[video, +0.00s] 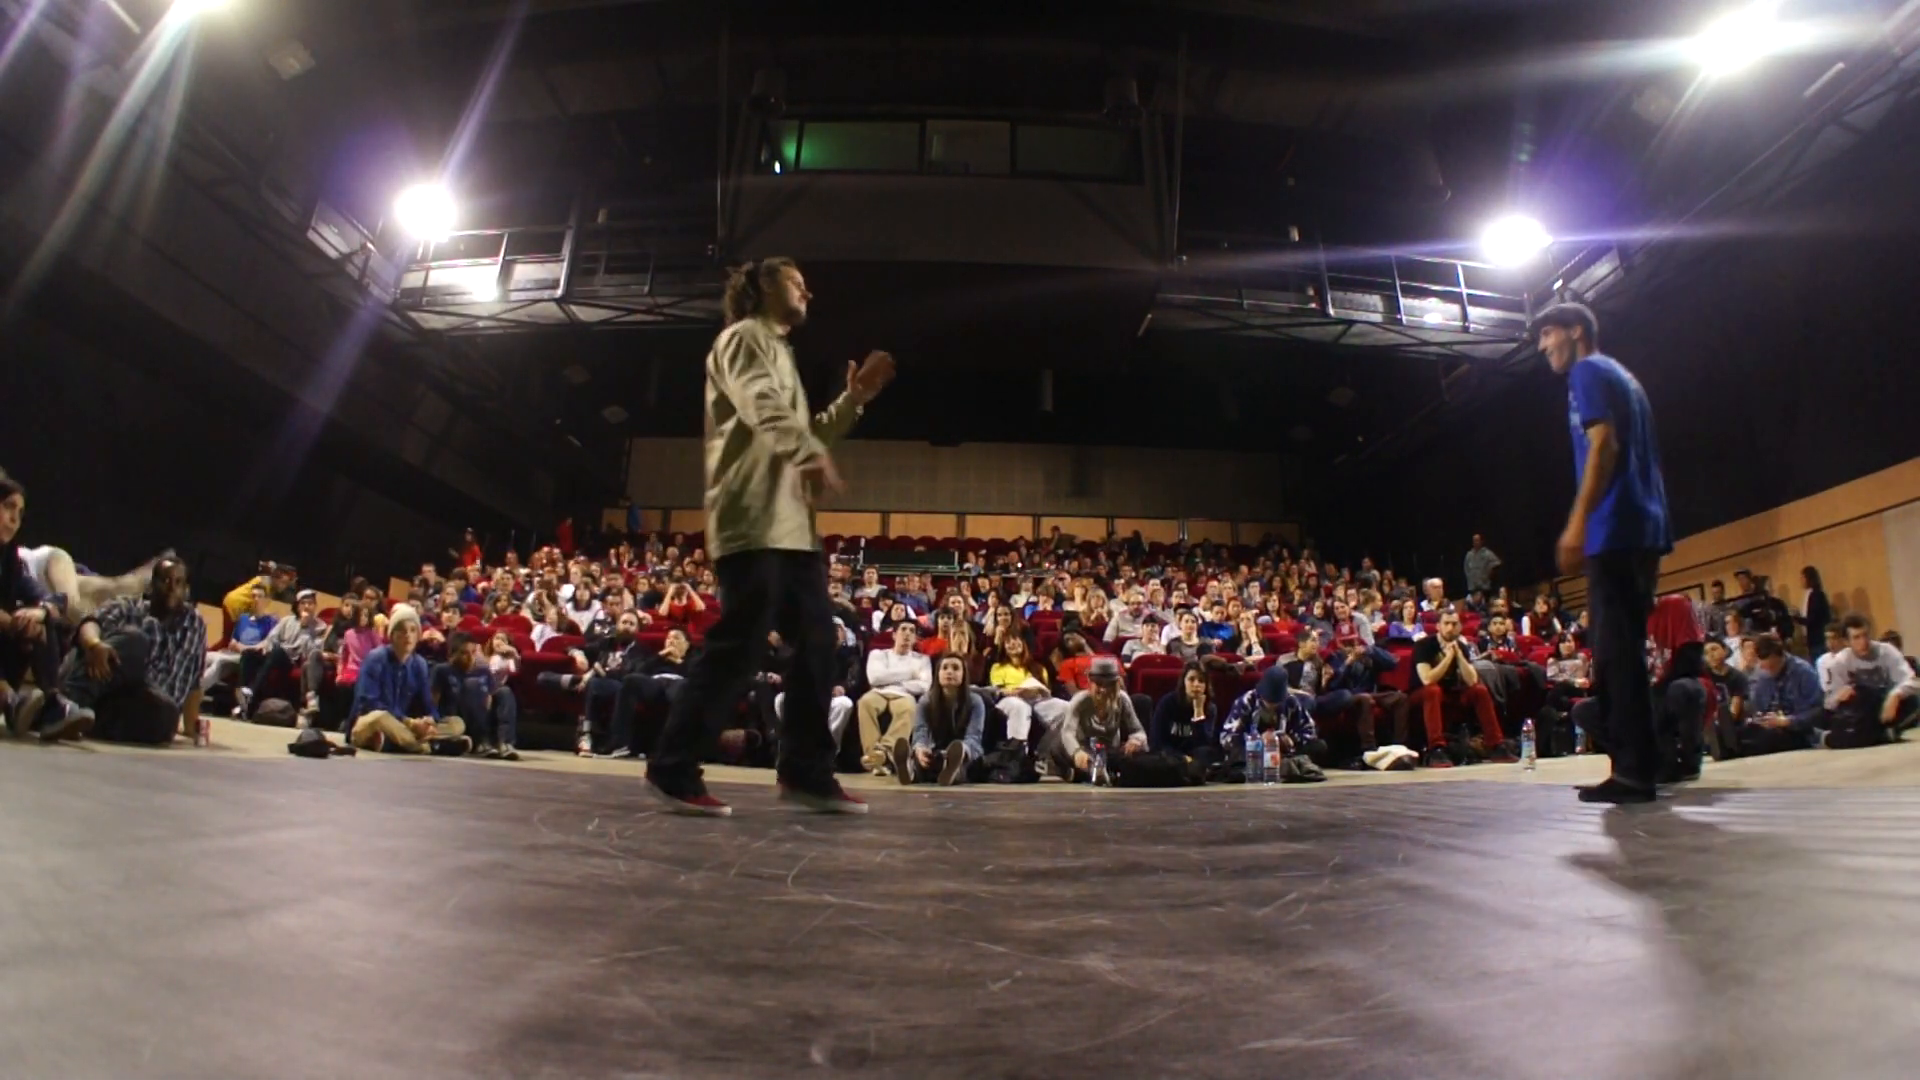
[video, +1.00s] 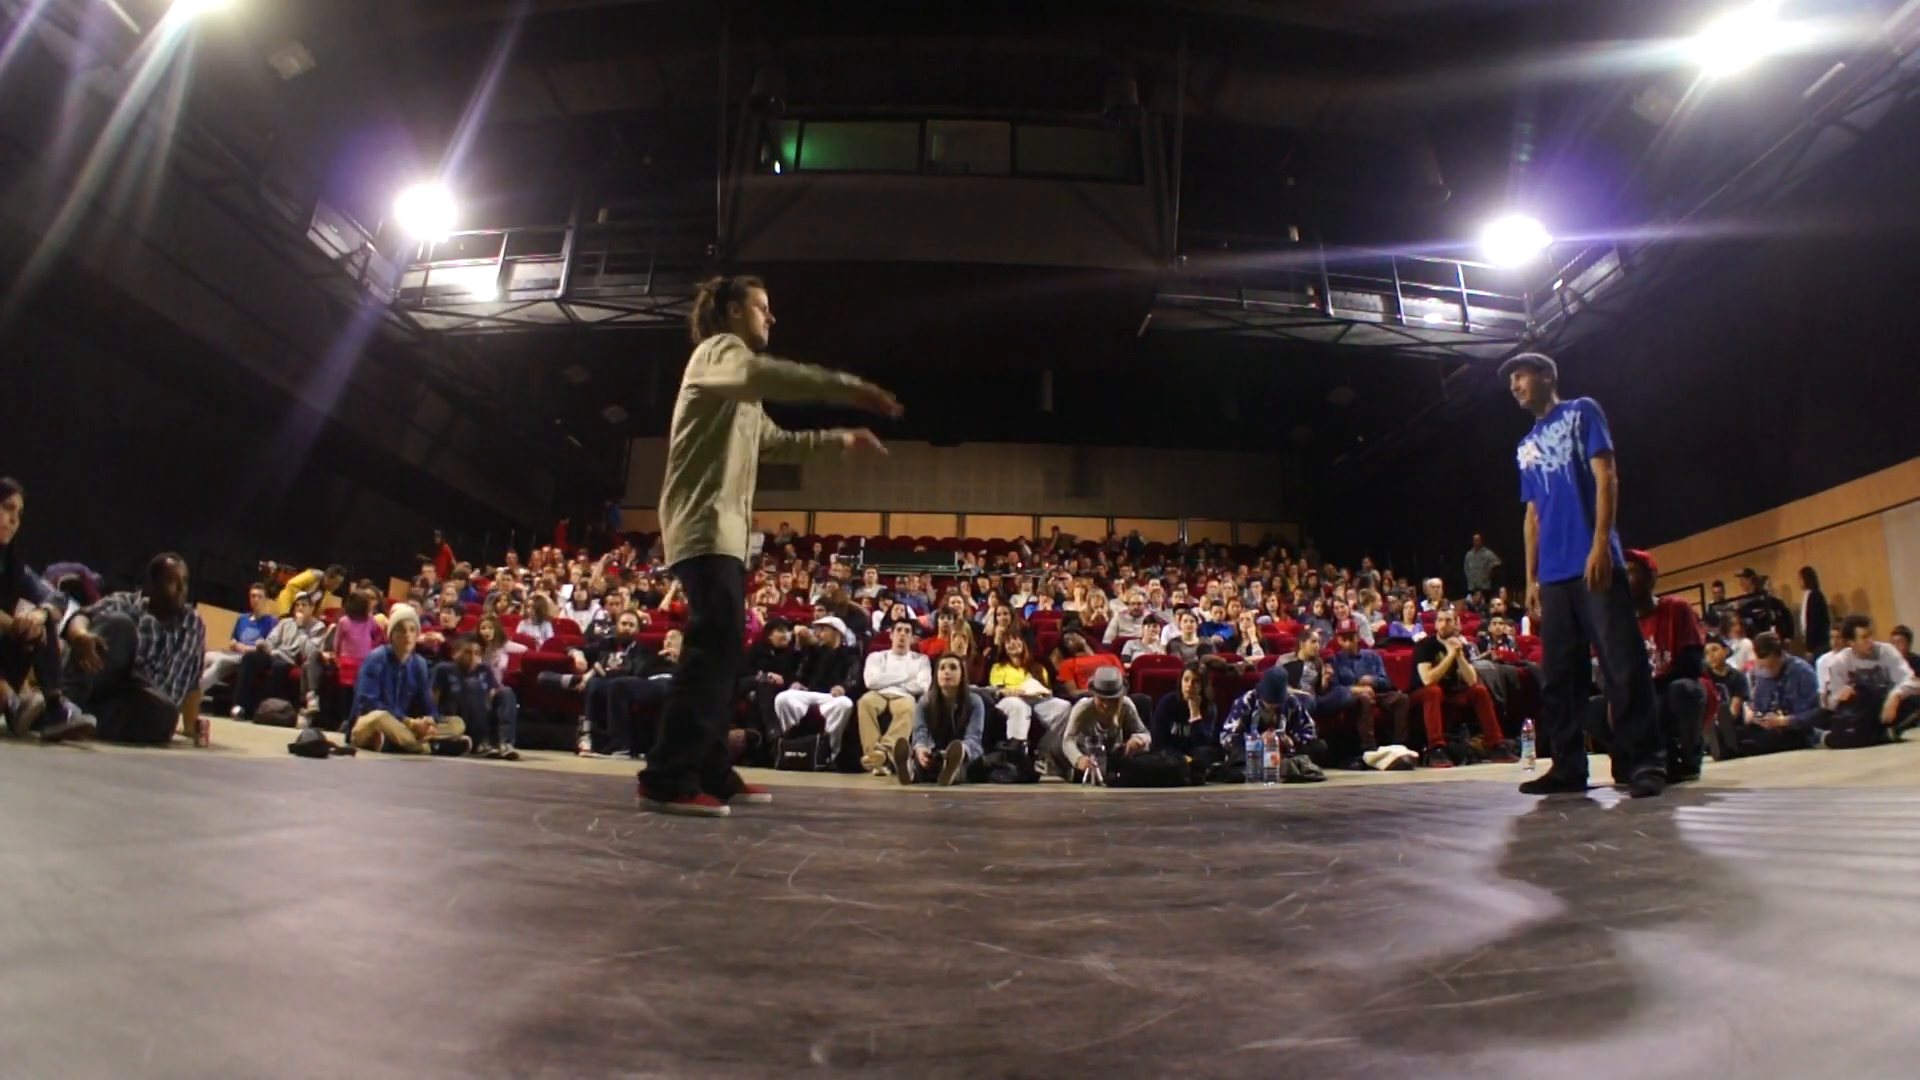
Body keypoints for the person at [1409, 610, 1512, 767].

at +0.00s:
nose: (1450, 628)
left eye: (1455, 624)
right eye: (1446, 624)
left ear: (1460, 627)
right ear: (1438, 626)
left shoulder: (1462, 647)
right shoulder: (1423, 645)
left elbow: (1472, 681)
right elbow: (1427, 678)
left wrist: (1459, 655)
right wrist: (1448, 657)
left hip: (1454, 693)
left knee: (1480, 691)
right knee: (1433, 690)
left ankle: (1496, 745)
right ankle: (1436, 748)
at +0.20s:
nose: (1450, 628)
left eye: (1454, 624)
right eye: (1446, 624)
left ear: (1459, 627)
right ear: (1438, 626)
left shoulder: (1462, 646)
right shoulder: (1424, 646)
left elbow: (1472, 681)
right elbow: (1427, 678)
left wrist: (1458, 654)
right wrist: (1449, 657)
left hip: (1456, 692)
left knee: (1480, 690)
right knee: (1433, 690)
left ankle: (1497, 745)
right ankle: (1436, 748)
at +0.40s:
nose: (1448, 626)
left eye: (1452, 623)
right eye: (1444, 622)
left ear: (1459, 627)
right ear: (1437, 626)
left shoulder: (1462, 646)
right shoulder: (1424, 646)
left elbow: (1471, 681)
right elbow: (1427, 678)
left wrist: (1459, 655)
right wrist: (1449, 657)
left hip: (1453, 692)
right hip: (1426, 693)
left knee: (1480, 691)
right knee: (1433, 691)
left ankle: (1497, 745)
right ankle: (1436, 748)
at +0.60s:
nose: (1445, 625)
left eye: (1450, 621)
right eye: (1442, 621)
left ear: (1457, 626)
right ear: (1437, 625)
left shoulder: (1462, 647)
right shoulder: (1424, 646)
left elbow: (1471, 681)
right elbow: (1427, 678)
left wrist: (1458, 655)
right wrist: (1448, 656)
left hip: (1454, 692)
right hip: (1428, 693)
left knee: (1480, 691)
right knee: (1433, 691)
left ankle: (1497, 745)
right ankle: (1436, 748)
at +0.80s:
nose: (1444, 625)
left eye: (1448, 621)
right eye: (1441, 621)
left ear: (1456, 625)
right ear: (1436, 624)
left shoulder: (1462, 646)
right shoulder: (1424, 646)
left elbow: (1472, 681)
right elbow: (1427, 678)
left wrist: (1460, 654)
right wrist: (1451, 656)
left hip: (1454, 692)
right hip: (1428, 693)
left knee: (1480, 691)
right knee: (1433, 691)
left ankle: (1496, 745)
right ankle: (1437, 748)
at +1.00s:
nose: (1442, 625)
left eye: (1447, 621)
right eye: (1439, 620)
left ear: (1456, 624)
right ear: (1435, 623)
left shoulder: (1462, 646)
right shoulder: (1424, 646)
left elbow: (1471, 681)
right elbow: (1427, 678)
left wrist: (1459, 654)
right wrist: (1451, 654)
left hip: (1453, 691)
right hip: (1427, 693)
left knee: (1480, 691)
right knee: (1433, 691)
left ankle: (1496, 745)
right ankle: (1436, 748)